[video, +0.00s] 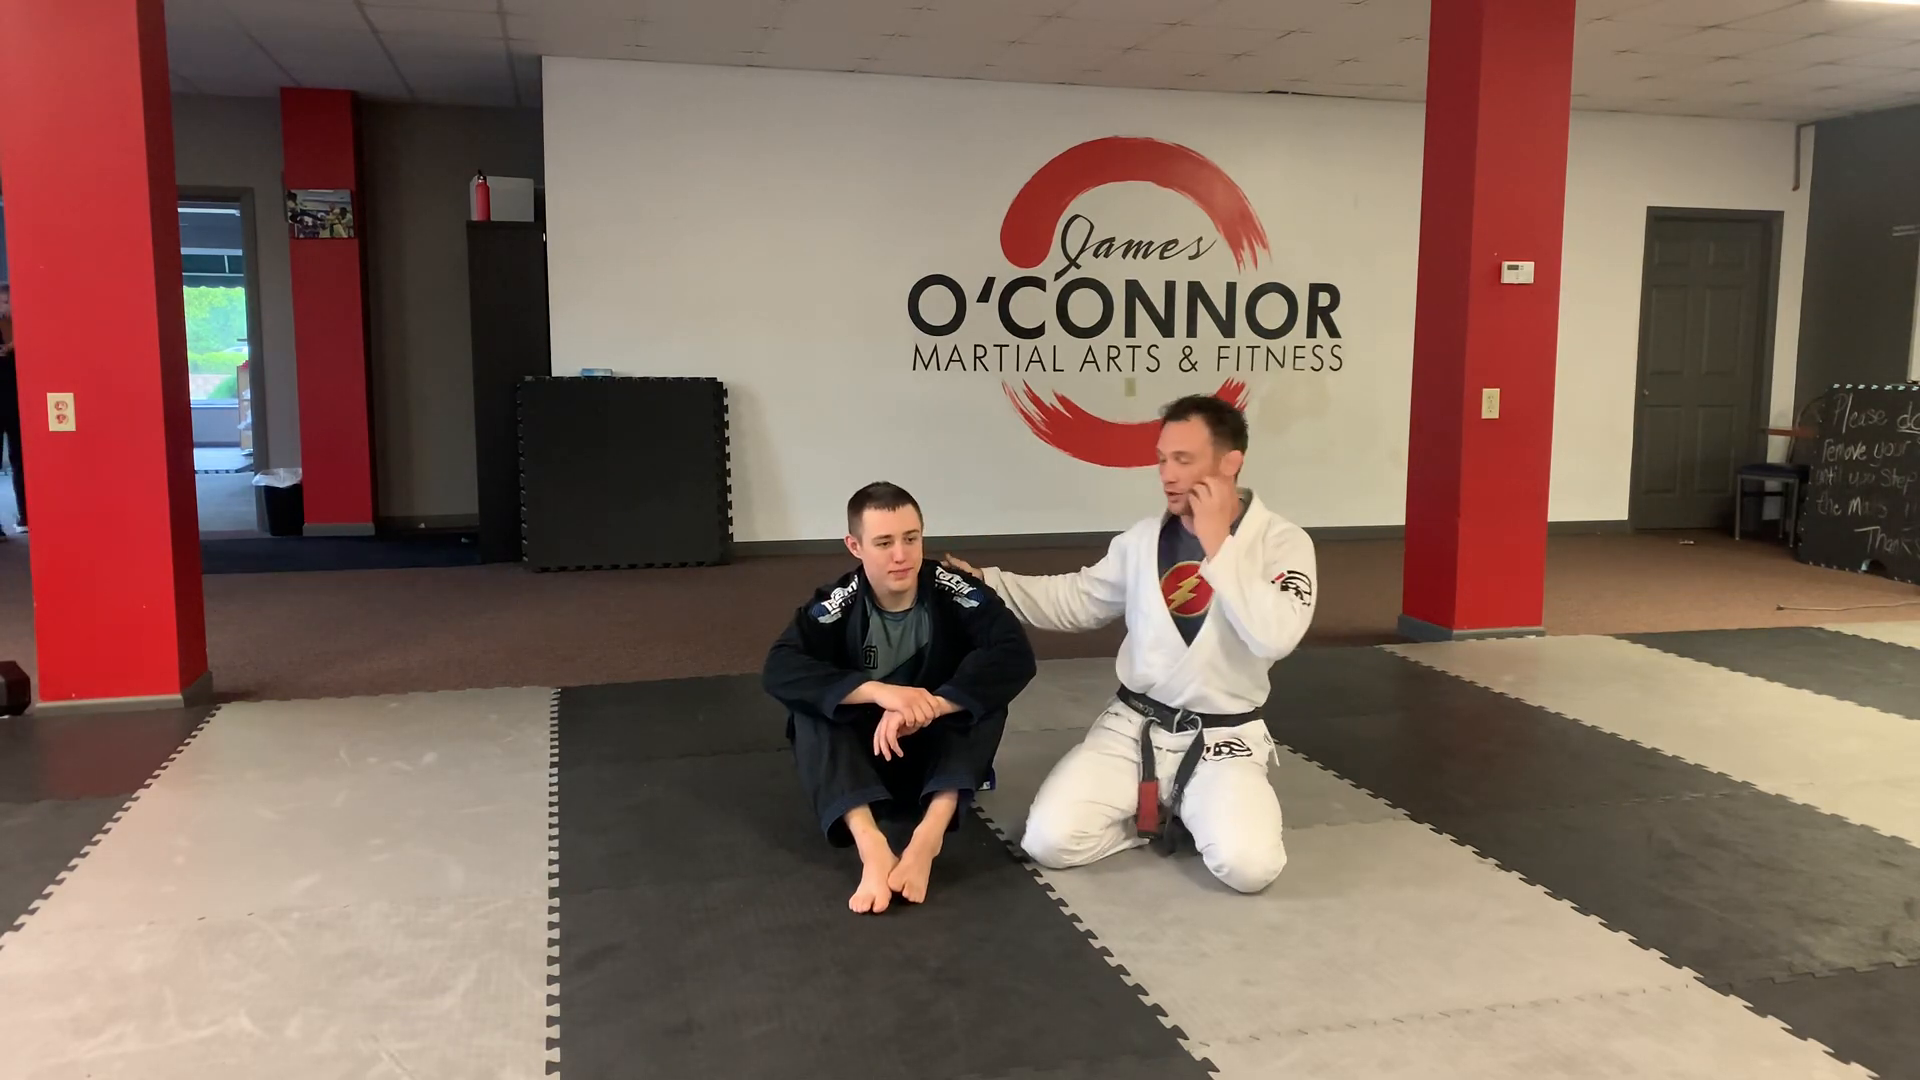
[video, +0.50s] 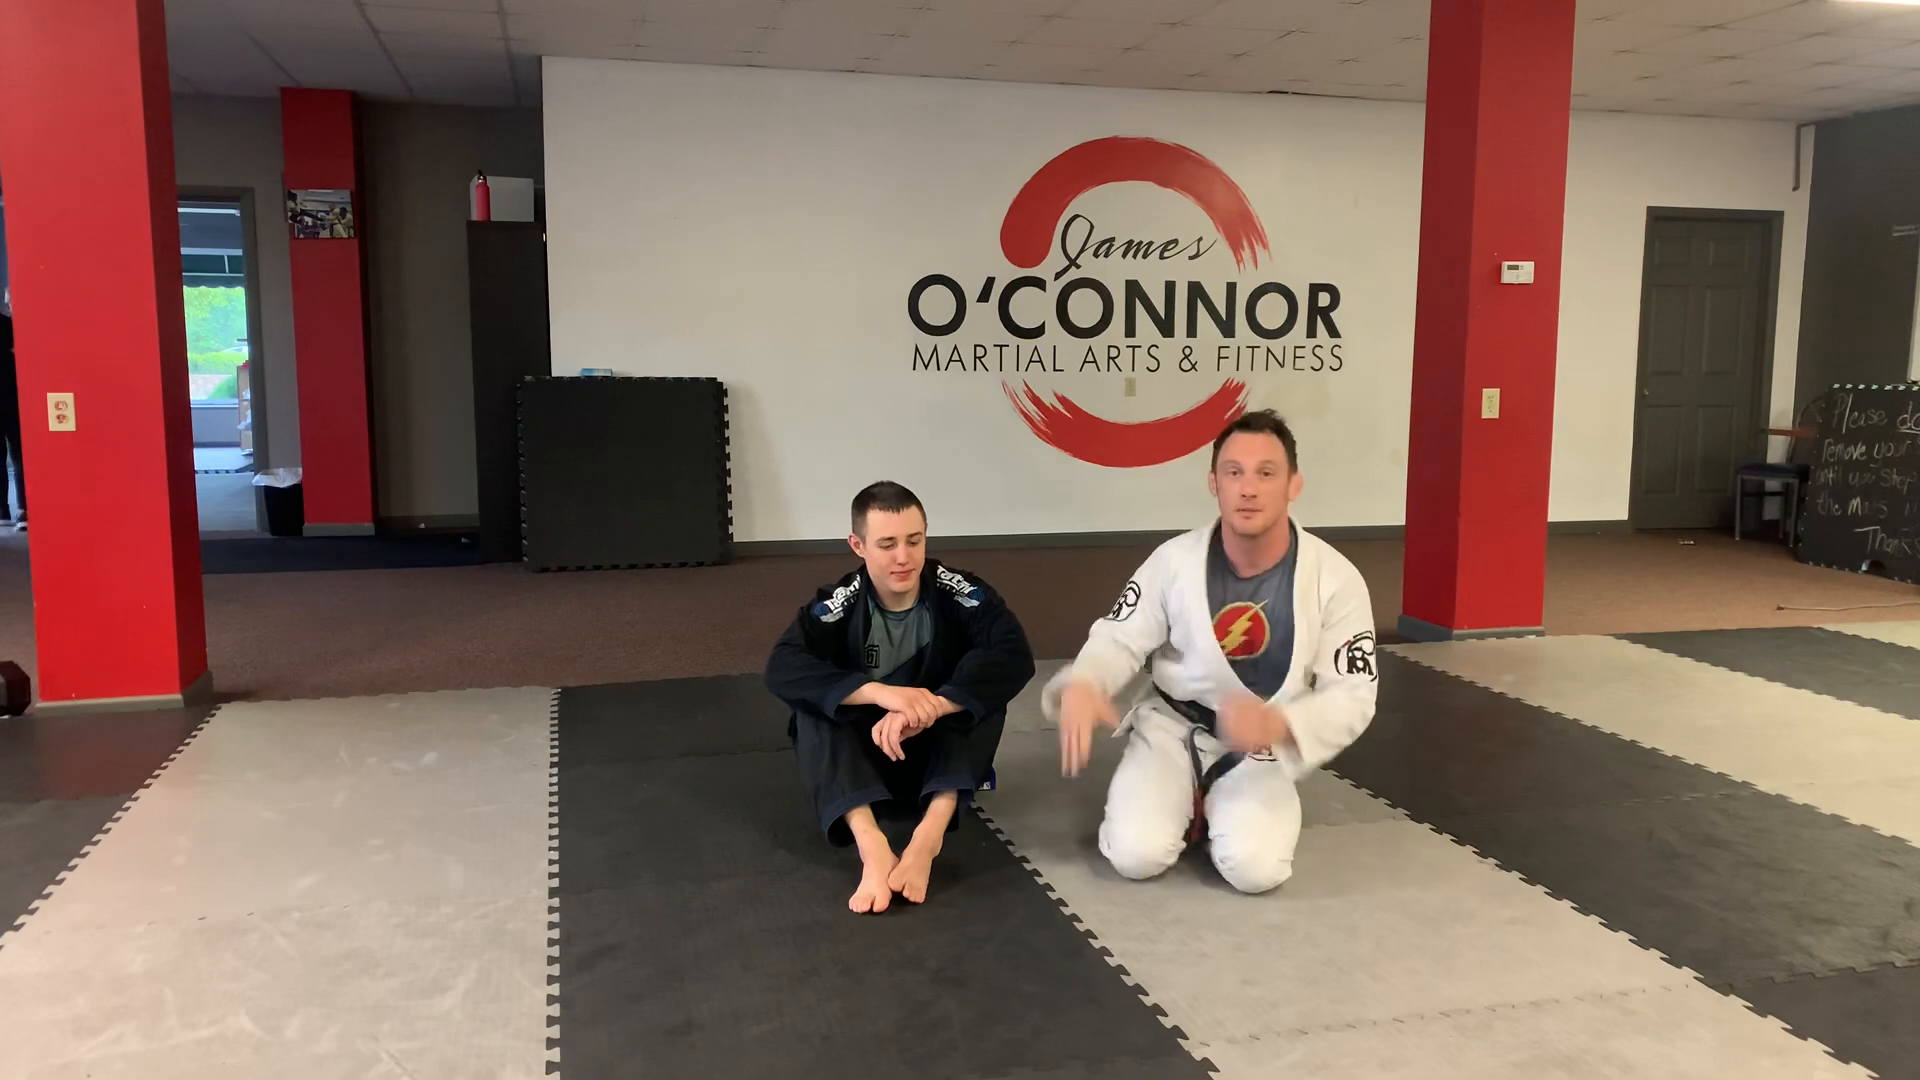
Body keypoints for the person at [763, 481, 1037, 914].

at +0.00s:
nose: (901, 555)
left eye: (910, 539)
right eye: (884, 543)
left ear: (922, 535)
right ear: (855, 547)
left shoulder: (956, 589)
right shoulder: (835, 604)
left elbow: (1014, 656)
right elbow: (781, 670)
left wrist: (926, 706)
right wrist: (878, 691)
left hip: (938, 752)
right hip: (860, 755)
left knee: (985, 698)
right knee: (810, 707)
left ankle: (929, 836)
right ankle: (871, 845)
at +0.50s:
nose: (904, 557)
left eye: (913, 541)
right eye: (887, 545)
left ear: (925, 536)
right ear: (858, 545)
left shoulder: (962, 593)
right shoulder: (837, 604)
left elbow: (1012, 657)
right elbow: (783, 669)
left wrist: (927, 707)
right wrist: (879, 692)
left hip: (938, 753)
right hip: (861, 756)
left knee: (983, 693)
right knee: (813, 706)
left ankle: (930, 835)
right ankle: (871, 846)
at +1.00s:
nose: (927, 549)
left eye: (939, 535)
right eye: (913, 534)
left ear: (951, 533)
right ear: (885, 531)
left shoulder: (983, 604)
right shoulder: (853, 591)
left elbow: (1023, 699)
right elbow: (764, 637)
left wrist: (1015, 766)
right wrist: (755, 670)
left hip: (944, 767)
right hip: (861, 764)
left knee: (958, 659)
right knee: (777, 671)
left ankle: (924, 831)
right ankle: (775, 840)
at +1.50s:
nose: (934, 574)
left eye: (948, 561)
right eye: (922, 559)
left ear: (967, 549)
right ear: (900, 543)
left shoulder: (996, 598)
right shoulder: (873, 584)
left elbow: (1023, 705)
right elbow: (797, 635)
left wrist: (1005, 799)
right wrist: (739, 686)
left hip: (942, 759)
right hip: (862, 744)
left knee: (963, 701)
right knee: (738, 678)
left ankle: (825, 811)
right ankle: (672, 823)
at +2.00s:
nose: (909, 640)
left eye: (920, 628)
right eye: (893, 630)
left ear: (936, 597)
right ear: (867, 605)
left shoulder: (978, 617)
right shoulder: (839, 625)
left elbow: (1012, 712)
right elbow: (769, 713)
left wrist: (1002, 798)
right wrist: (755, 814)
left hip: (920, 755)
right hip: (846, 741)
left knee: (958, 767)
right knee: (757, 665)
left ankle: (835, 816)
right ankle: (680, 828)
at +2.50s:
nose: (1050, 656)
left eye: (1062, 648)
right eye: (1048, 640)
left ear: (1064, 629)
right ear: (1021, 597)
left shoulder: (1041, 640)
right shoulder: (933, 595)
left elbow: (1017, 725)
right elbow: (886, 714)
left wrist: (1001, 806)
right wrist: (913, 837)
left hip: (929, 728)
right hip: (854, 691)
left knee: (973, 839)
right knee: (763, 681)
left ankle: (832, 828)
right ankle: (688, 838)